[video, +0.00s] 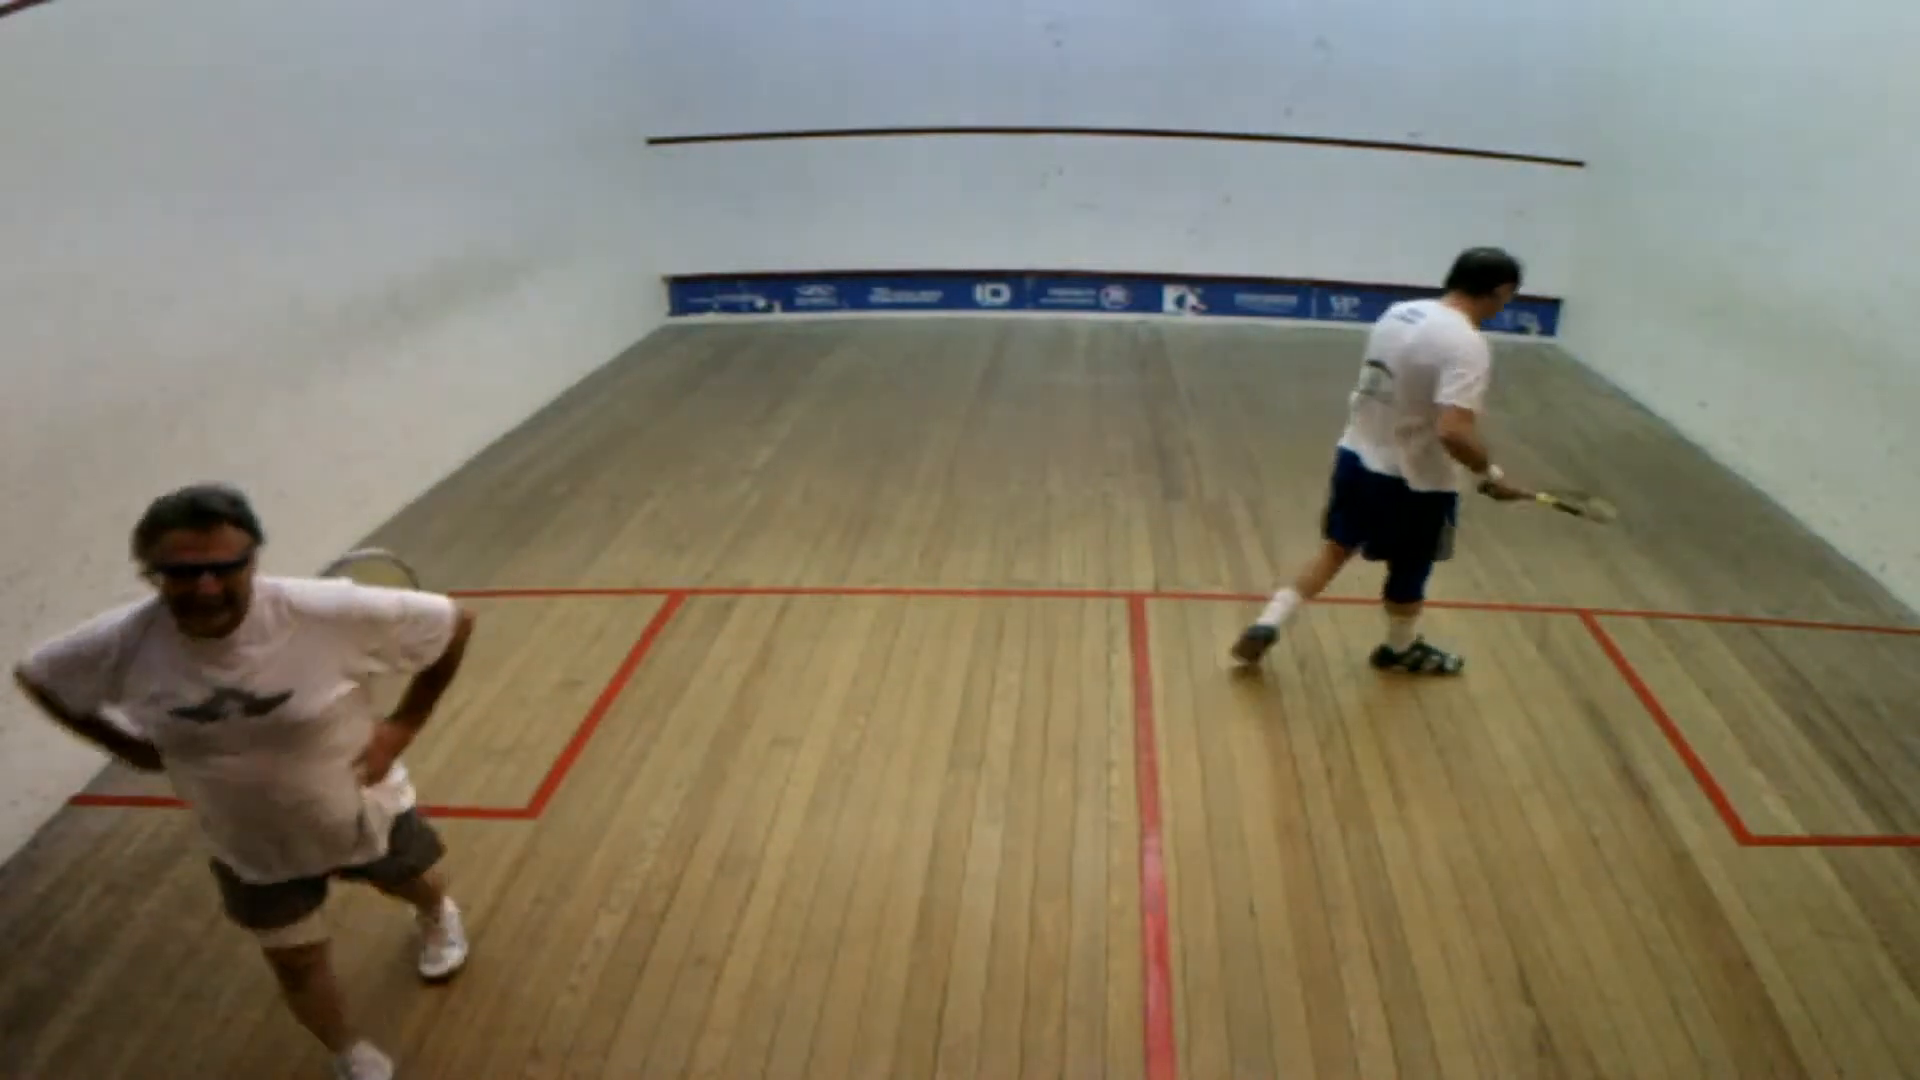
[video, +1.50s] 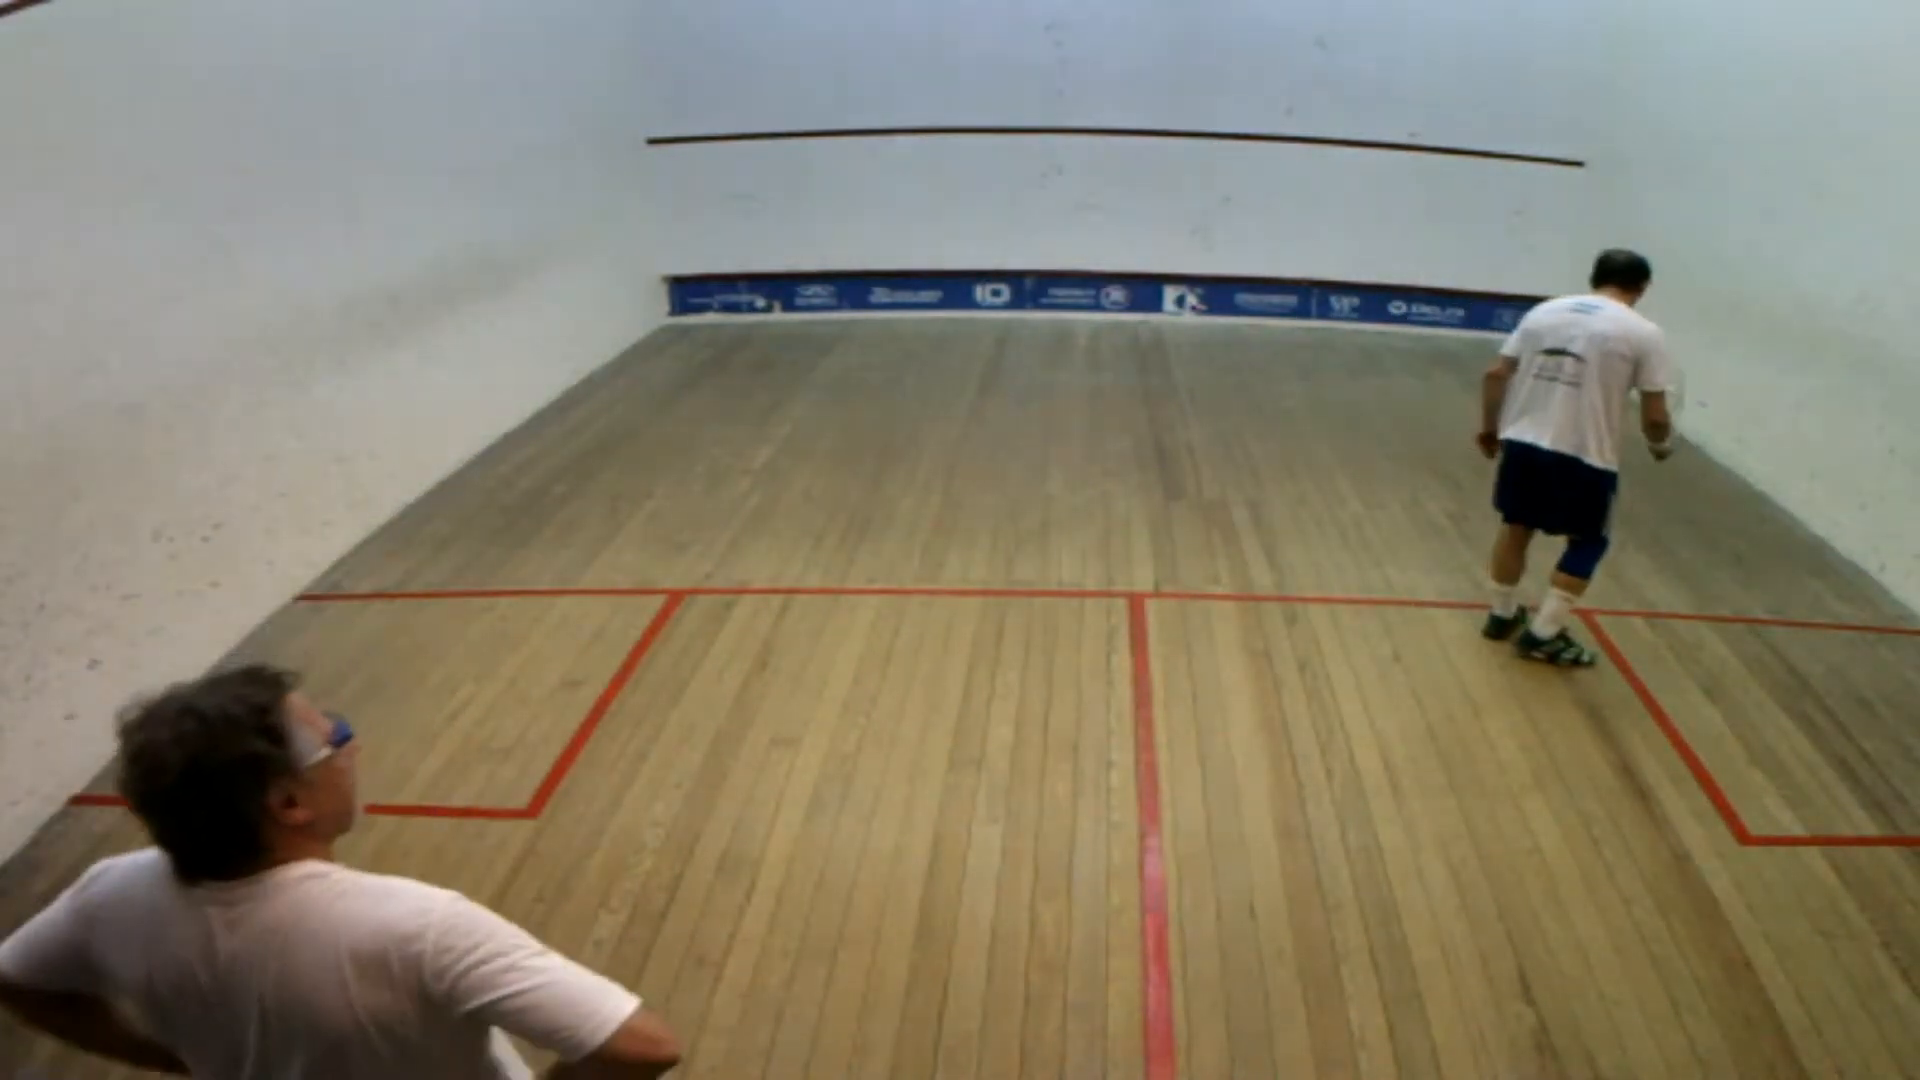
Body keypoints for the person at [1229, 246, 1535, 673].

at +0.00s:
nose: (1504, 307)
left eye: (1508, 298)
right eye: (1506, 297)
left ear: (1458, 280)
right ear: (1492, 292)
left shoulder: (1397, 314)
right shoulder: (1466, 345)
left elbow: (1380, 392)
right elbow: (1453, 431)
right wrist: (1488, 473)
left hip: (1357, 461)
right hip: (1416, 482)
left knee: (1335, 546)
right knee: (1410, 567)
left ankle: (1268, 623)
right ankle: (1401, 645)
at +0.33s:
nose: (1558, 303)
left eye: (1560, 294)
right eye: (1559, 294)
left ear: (1508, 281)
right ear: (1546, 291)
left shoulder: (1450, 315)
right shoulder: (1533, 345)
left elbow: (1395, 373)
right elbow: (1542, 429)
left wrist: (1364, 422)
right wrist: (1584, 447)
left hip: (1416, 454)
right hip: (1466, 478)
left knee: (1427, 542)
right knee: (1431, 564)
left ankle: (1419, 617)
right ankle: (1401, 646)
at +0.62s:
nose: (1581, 300)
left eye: (1583, 294)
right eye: (1582, 293)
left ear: (1530, 282)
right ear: (1573, 291)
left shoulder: (1482, 320)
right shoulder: (1570, 339)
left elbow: (1434, 384)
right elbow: (1594, 424)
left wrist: (1436, 440)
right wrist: (1621, 441)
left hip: (1473, 458)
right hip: (1527, 472)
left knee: (1496, 542)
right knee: (1500, 560)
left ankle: (1501, 610)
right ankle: (1416, 633)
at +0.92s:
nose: (1605, 297)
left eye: (1606, 291)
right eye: (1607, 290)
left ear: (1560, 280)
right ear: (1601, 287)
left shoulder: (1513, 313)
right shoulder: (1606, 332)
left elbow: (1473, 378)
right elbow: (1620, 418)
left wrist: (1497, 422)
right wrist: (1633, 452)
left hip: (1502, 449)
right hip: (1566, 459)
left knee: (1507, 530)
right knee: (1580, 543)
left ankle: (1500, 614)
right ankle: (1540, 634)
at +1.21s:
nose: (1632, 296)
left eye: (1632, 291)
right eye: (1634, 290)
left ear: (1586, 279)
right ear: (1629, 288)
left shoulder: (1540, 311)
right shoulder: (1631, 333)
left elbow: (1492, 374)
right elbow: (1654, 415)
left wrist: (1477, 428)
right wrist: (1664, 445)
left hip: (1517, 445)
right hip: (1579, 458)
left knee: (1514, 527)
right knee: (1588, 542)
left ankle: (1501, 613)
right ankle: (1543, 632)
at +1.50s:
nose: (1641, 297)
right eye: (1643, 291)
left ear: (1594, 280)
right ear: (1638, 288)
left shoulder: (1546, 310)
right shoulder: (1642, 333)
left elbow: (1496, 373)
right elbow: (1655, 418)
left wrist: (1489, 428)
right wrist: (1660, 445)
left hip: (1523, 443)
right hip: (1586, 457)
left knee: (1516, 526)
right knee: (1588, 541)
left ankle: (1501, 612)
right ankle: (1544, 631)